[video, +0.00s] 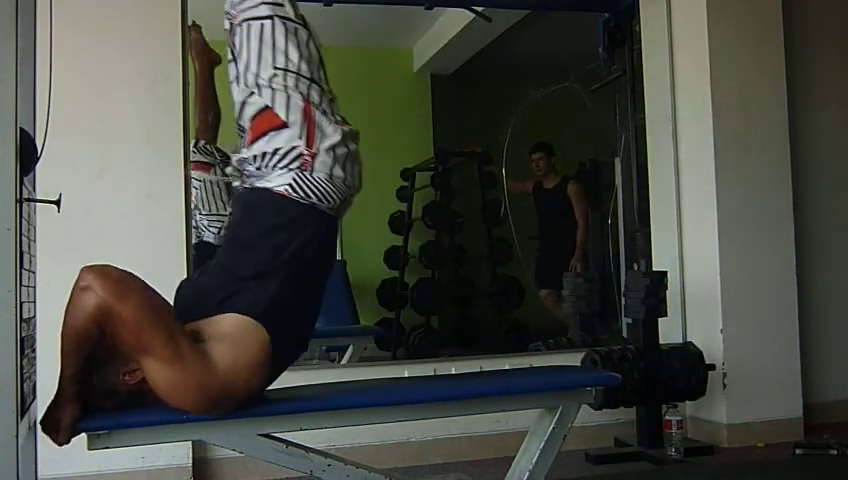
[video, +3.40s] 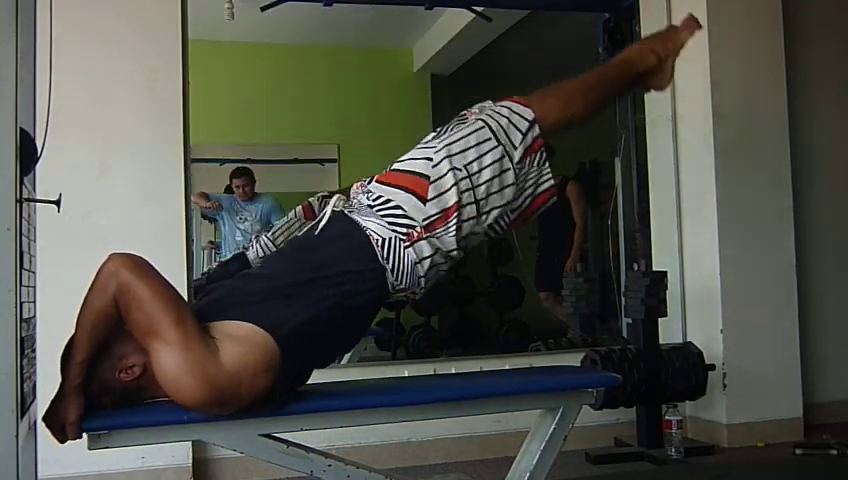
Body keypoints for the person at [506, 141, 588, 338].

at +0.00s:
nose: (536, 165)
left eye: (540, 160)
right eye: (533, 161)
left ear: (551, 160)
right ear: (531, 164)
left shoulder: (570, 187)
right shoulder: (535, 187)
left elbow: (582, 223)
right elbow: (509, 185)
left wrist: (578, 255)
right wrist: (491, 169)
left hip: (568, 248)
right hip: (546, 248)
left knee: (569, 294)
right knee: (546, 294)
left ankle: (573, 336)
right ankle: (575, 329)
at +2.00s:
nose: (537, 165)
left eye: (541, 160)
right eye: (534, 161)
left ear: (553, 161)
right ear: (532, 164)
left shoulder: (570, 187)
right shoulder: (536, 187)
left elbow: (581, 224)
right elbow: (512, 186)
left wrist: (574, 257)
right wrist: (490, 168)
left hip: (567, 249)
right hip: (546, 249)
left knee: (568, 295)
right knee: (545, 296)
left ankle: (574, 336)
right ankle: (576, 329)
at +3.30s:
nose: (543, 166)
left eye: (546, 160)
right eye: (539, 162)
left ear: (553, 160)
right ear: (535, 164)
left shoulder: (570, 187)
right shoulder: (538, 190)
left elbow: (580, 224)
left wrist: (574, 256)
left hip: (566, 250)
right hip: (545, 250)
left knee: (569, 295)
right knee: (545, 297)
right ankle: (576, 329)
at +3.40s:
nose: (541, 169)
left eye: (543, 164)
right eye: (537, 165)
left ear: (550, 162)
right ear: (535, 168)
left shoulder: (569, 187)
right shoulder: (539, 189)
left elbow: (580, 224)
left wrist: (574, 257)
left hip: (566, 249)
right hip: (546, 249)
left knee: (569, 295)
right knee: (546, 297)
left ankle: (579, 332)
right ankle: (577, 330)